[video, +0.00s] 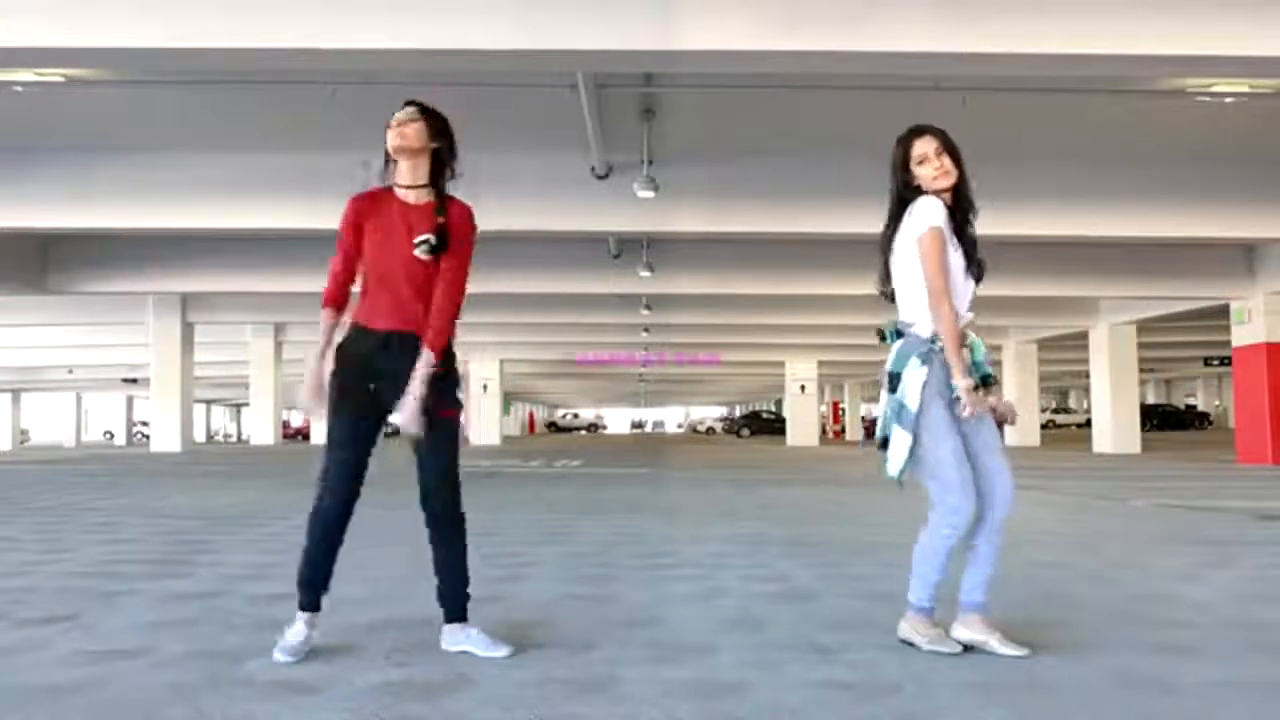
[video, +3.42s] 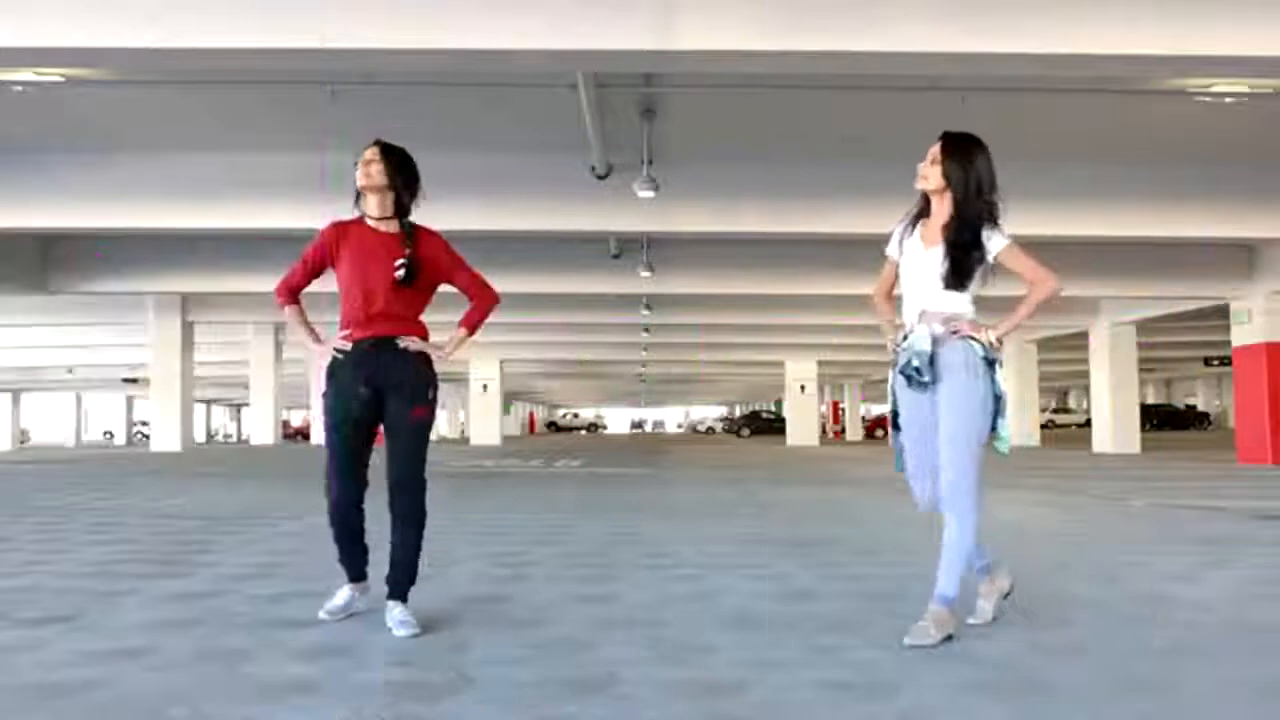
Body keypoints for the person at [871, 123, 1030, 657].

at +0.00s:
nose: (938, 165)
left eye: (942, 154)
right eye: (924, 162)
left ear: (956, 160)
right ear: (911, 176)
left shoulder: (942, 225)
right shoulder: (926, 212)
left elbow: (953, 319)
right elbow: (939, 300)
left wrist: (987, 394)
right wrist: (963, 378)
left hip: (955, 369)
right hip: (926, 368)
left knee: (998, 492)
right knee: (955, 502)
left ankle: (971, 617)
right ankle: (917, 616)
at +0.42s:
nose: (925, 164)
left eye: (932, 153)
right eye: (916, 160)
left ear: (956, 155)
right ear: (911, 171)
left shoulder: (985, 224)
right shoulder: (917, 216)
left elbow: (996, 301)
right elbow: (869, 287)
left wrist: (1007, 358)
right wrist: (887, 358)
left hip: (968, 362)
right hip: (915, 356)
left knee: (995, 493)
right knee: (924, 490)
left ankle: (977, 616)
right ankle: (912, 615)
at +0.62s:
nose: (920, 155)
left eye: (929, 146)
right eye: (918, 146)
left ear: (958, 150)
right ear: (921, 153)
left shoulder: (1003, 213)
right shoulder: (910, 209)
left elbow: (1068, 257)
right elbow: (842, 242)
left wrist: (1034, 315)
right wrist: (869, 291)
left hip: (984, 353)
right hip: (918, 353)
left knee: (984, 490)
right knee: (920, 491)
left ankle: (1008, 613)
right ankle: (912, 614)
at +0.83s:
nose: (936, 159)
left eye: (945, 151)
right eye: (938, 150)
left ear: (972, 159)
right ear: (953, 159)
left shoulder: (1013, 215)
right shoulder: (930, 216)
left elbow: (1083, 268)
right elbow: (905, 274)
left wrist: (1036, 321)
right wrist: (916, 315)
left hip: (998, 359)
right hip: (938, 356)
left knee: (1003, 489)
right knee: (926, 487)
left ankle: (1009, 613)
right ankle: (910, 609)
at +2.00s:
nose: (997, 153)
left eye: (1010, 151)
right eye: (991, 143)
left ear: (1017, 172)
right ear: (970, 156)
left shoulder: (1026, 223)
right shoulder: (941, 227)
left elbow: (1095, 266)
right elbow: (914, 289)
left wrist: (1056, 325)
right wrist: (936, 333)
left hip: (1021, 359)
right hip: (963, 363)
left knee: (1016, 490)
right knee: (950, 490)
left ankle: (1012, 613)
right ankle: (984, 575)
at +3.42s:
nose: (922, 167)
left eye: (933, 162)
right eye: (926, 159)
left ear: (957, 175)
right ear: (932, 171)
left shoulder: (979, 233)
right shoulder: (906, 232)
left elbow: (1045, 282)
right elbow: (881, 294)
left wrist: (1000, 330)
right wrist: (895, 328)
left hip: (960, 359)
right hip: (913, 360)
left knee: (958, 486)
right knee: (926, 489)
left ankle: (942, 606)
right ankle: (989, 575)